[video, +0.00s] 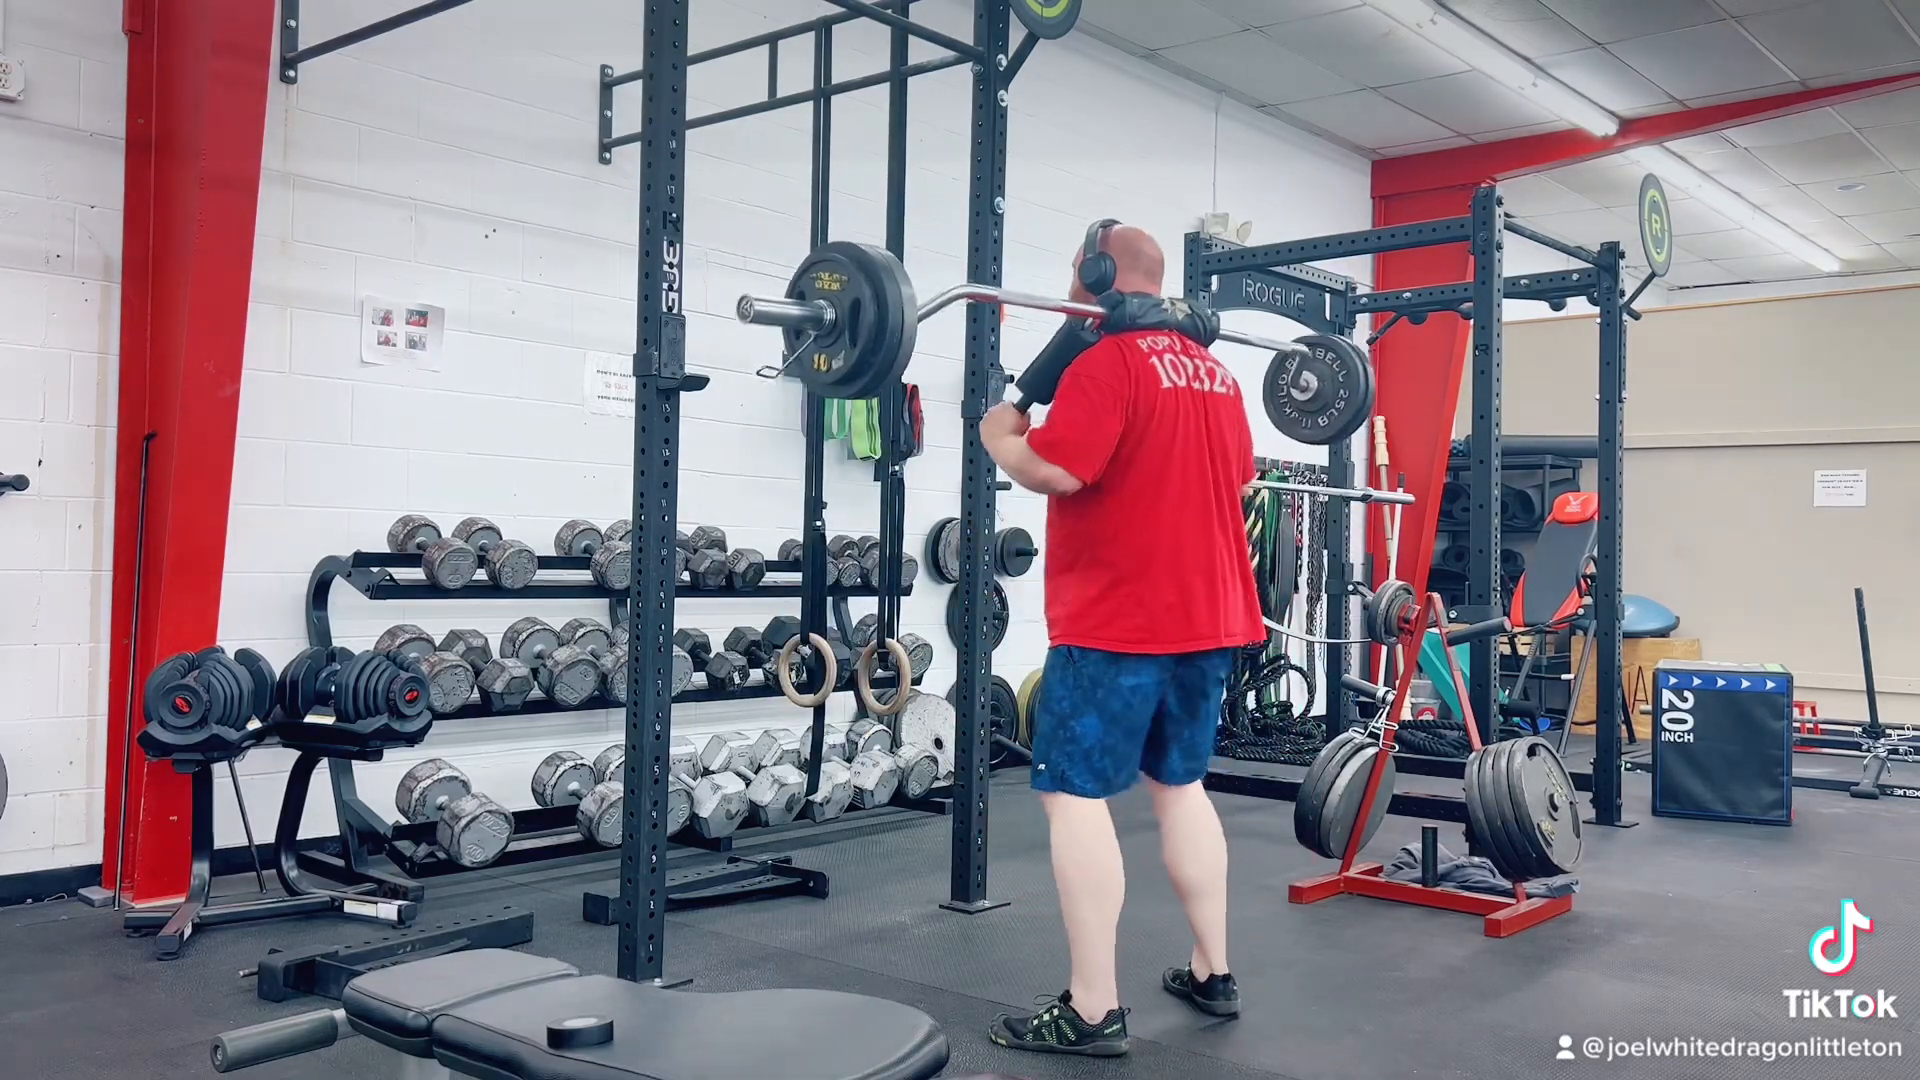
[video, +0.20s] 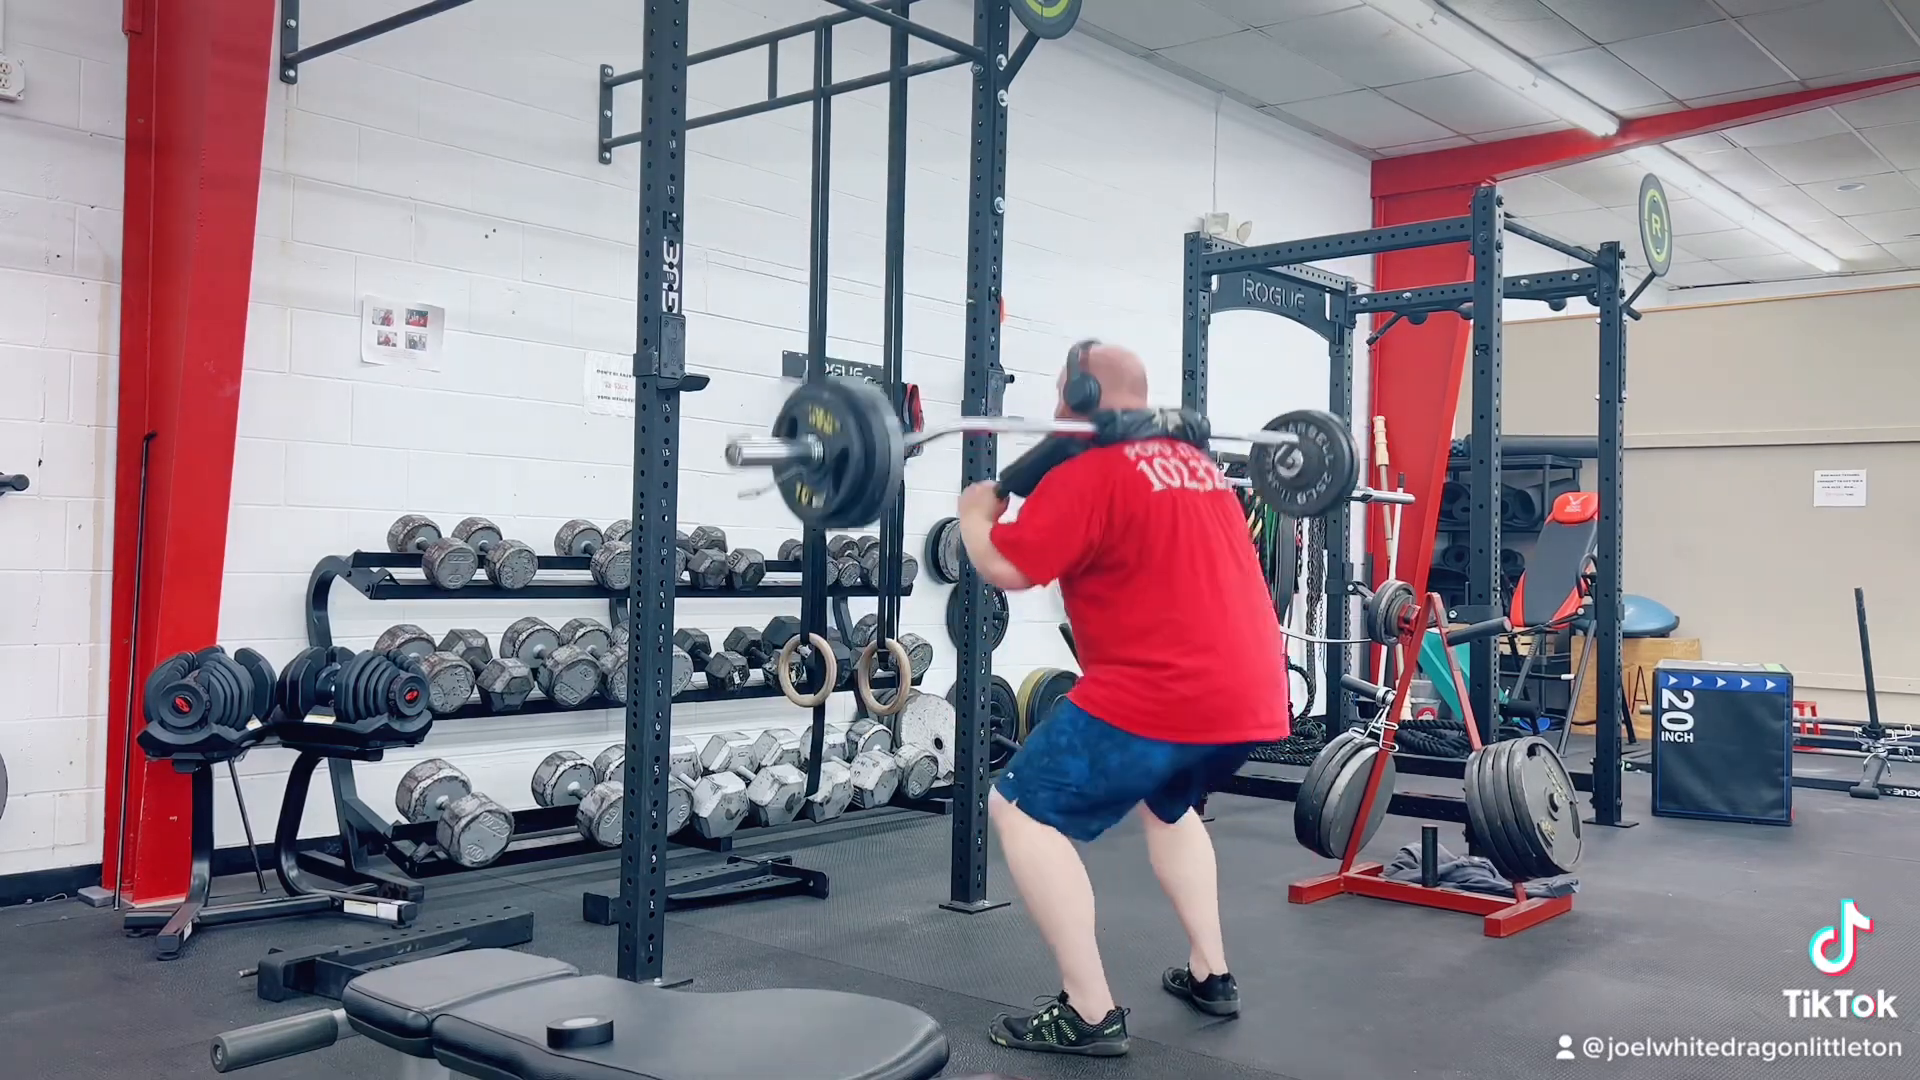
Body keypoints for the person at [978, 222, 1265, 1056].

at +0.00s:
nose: (1072, 298)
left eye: (1074, 286)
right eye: (1074, 285)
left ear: (1091, 287)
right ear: (1158, 285)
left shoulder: (1108, 358)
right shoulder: (1214, 369)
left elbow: (1060, 469)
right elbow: (1238, 480)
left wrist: (1003, 436)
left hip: (1119, 619)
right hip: (1212, 614)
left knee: (1072, 787)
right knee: (1179, 780)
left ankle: (1093, 1006)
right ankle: (1214, 973)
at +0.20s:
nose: (1056, 409)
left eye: (1060, 397)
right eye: (1059, 396)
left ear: (1076, 404)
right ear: (1143, 401)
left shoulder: (1094, 471)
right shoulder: (1196, 462)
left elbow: (1005, 566)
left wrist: (974, 511)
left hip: (1153, 694)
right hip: (1253, 694)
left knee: (1021, 807)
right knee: (1168, 802)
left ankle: (1090, 1008)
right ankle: (1212, 973)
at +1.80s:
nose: (1080, 349)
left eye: (1083, 338)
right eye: (1083, 337)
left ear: (1098, 347)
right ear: (1168, 344)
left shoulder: (1111, 422)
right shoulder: (1220, 421)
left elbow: (1018, 516)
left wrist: (992, 464)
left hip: (1139, 662)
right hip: (1238, 657)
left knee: (1037, 799)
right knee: (1177, 792)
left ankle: (1091, 1007)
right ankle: (1211, 971)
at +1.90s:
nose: (1067, 424)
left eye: (1071, 413)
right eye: (1070, 413)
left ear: (1086, 422)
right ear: (1157, 422)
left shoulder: (1103, 493)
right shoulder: (1210, 485)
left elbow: (1006, 585)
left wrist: (983, 530)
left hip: (1161, 718)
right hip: (1263, 717)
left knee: (1013, 806)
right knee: (1172, 803)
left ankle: (1089, 1008)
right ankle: (1211, 974)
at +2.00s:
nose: (1067, 509)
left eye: (1069, 499)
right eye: (1073, 499)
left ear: (1080, 504)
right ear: (1153, 500)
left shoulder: (1097, 572)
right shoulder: (1201, 557)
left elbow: (992, 659)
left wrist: (972, 592)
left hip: (1186, 785)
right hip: (1277, 783)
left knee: (999, 810)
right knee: (1158, 797)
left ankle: (1089, 1010)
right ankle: (1210, 973)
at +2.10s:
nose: (1063, 576)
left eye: (1064, 566)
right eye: (1066, 566)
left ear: (1075, 573)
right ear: (1149, 566)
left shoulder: (1095, 638)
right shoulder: (1199, 619)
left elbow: (987, 720)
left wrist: (972, 650)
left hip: (1203, 858)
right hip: (1282, 853)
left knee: (999, 811)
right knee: (1159, 782)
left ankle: (1088, 1010)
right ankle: (1209, 974)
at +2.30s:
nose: (1067, 598)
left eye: (1068, 590)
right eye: (1070, 590)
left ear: (1075, 598)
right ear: (1151, 591)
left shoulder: (1099, 665)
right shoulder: (1202, 644)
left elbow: (993, 752)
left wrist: (975, 681)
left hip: (1208, 886)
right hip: (1286, 877)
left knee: (999, 815)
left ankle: (1088, 1008)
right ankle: (1209, 972)